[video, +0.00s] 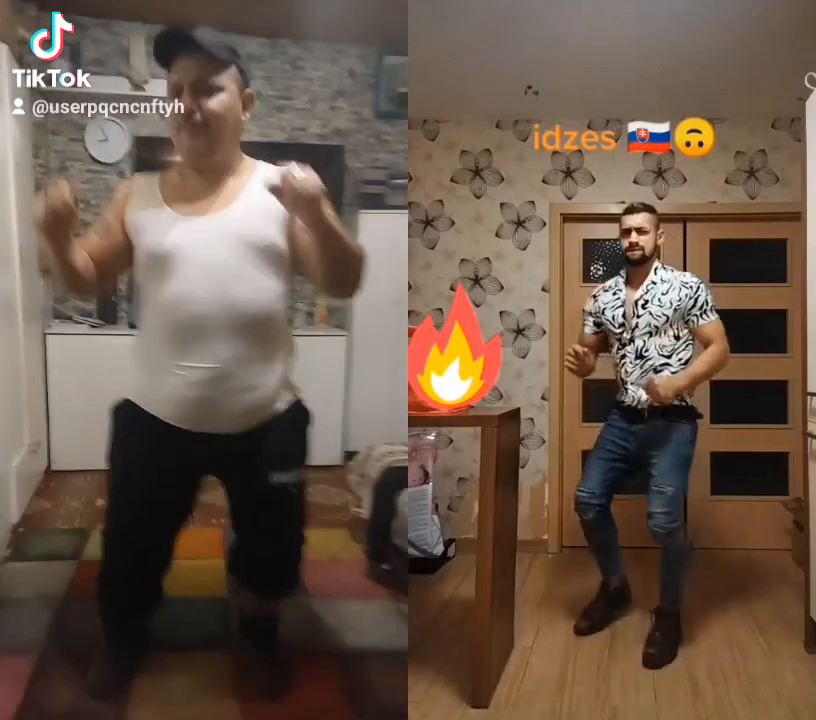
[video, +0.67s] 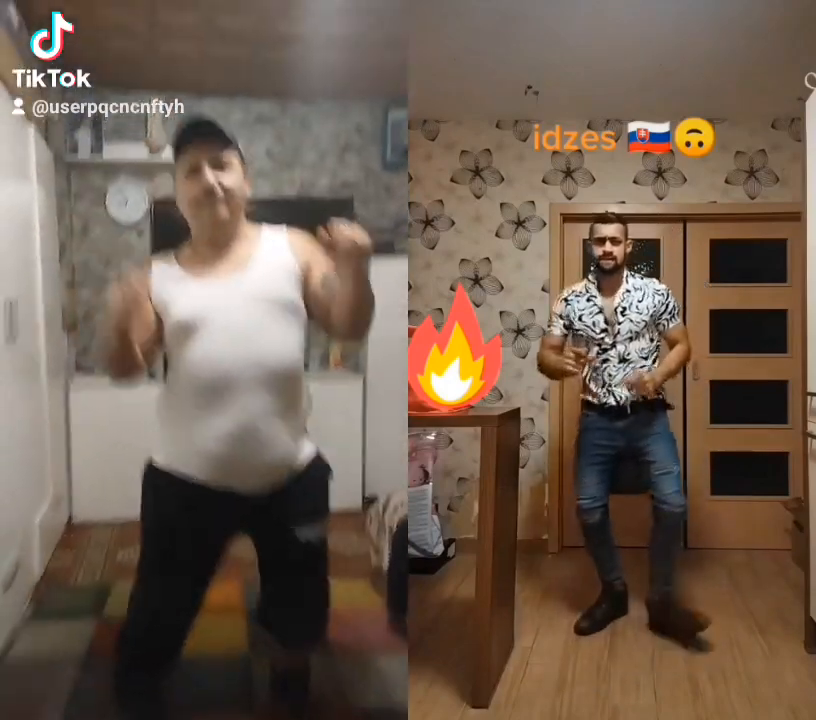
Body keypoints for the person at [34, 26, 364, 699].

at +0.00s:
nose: (190, 105)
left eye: (208, 90)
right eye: (178, 92)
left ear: (245, 104)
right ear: (166, 104)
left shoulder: (280, 188)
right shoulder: (139, 194)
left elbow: (343, 281)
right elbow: (83, 280)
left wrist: (317, 211)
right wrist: (58, 239)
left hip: (263, 420)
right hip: (156, 418)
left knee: (271, 556)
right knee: (130, 559)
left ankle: (260, 643)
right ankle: (120, 656)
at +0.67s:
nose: (210, 181)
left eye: (221, 164)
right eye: (194, 172)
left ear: (246, 176)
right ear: (176, 193)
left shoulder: (293, 248)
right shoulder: (158, 276)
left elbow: (350, 326)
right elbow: (123, 368)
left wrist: (353, 267)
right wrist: (120, 322)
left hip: (288, 480)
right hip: (186, 483)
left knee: (299, 627)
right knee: (152, 633)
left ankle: (292, 703)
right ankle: (136, 705)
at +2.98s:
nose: (209, 101)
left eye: (219, 90)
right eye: (192, 94)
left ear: (238, 106)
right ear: (173, 118)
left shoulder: (283, 153)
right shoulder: (165, 207)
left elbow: (350, 220)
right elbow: (151, 295)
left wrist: (307, 179)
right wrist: (182, 344)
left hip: (303, 373)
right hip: (214, 383)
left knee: (334, 493)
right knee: (203, 504)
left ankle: (343, 578)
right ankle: (186, 598)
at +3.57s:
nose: (278, 181)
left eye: (291, 170)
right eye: (266, 172)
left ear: (316, 185)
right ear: (251, 188)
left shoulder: (344, 252)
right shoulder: (222, 254)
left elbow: (377, 331)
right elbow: (185, 316)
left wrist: (337, 343)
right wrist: (167, 322)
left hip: (299, 449)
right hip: (210, 441)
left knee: (303, 577)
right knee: (174, 566)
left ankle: (308, 649)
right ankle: (156, 658)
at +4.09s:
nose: (266, 220)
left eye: (280, 205)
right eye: (249, 211)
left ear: (309, 220)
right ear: (234, 233)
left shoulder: (358, 294)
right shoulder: (213, 307)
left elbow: (398, 377)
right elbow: (168, 397)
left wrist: (415, 391)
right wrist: (158, 367)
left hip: (343, 523)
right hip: (237, 529)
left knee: (383, 671)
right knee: (229, 688)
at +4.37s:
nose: (215, 213)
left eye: (224, 194)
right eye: (193, 207)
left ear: (257, 200)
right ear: (179, 233)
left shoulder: (330, 261)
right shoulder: (186, 328)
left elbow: (423, 323)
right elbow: (166, 420)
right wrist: (183, 434)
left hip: (390, 516)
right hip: (296, 545)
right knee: (344, 693)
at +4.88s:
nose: (122, 229)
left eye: (136, 213)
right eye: (99, 219)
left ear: (159, 229)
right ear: (73, 246)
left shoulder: (220, 297)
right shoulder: (64, 362)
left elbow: (308, 390)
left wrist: (304, 350)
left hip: (305, 588)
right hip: (169, 630)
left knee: (372, 706)